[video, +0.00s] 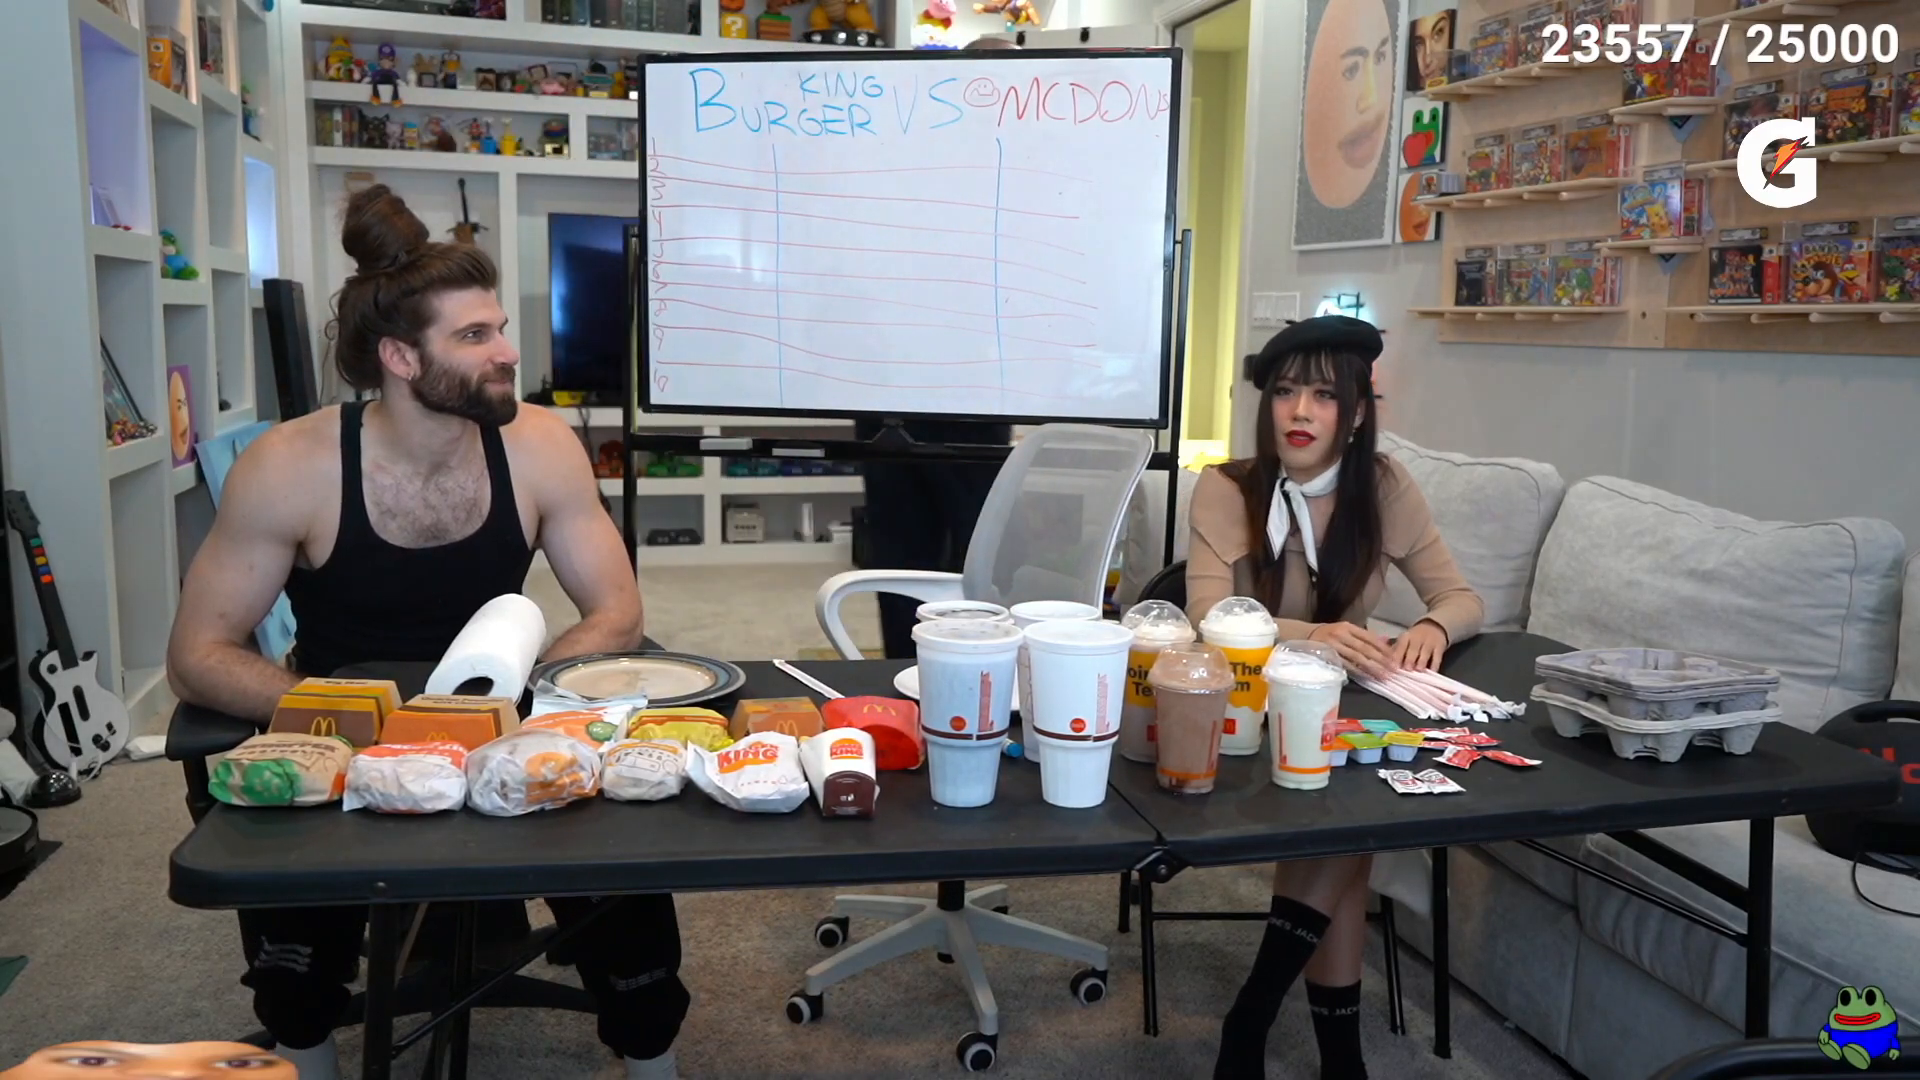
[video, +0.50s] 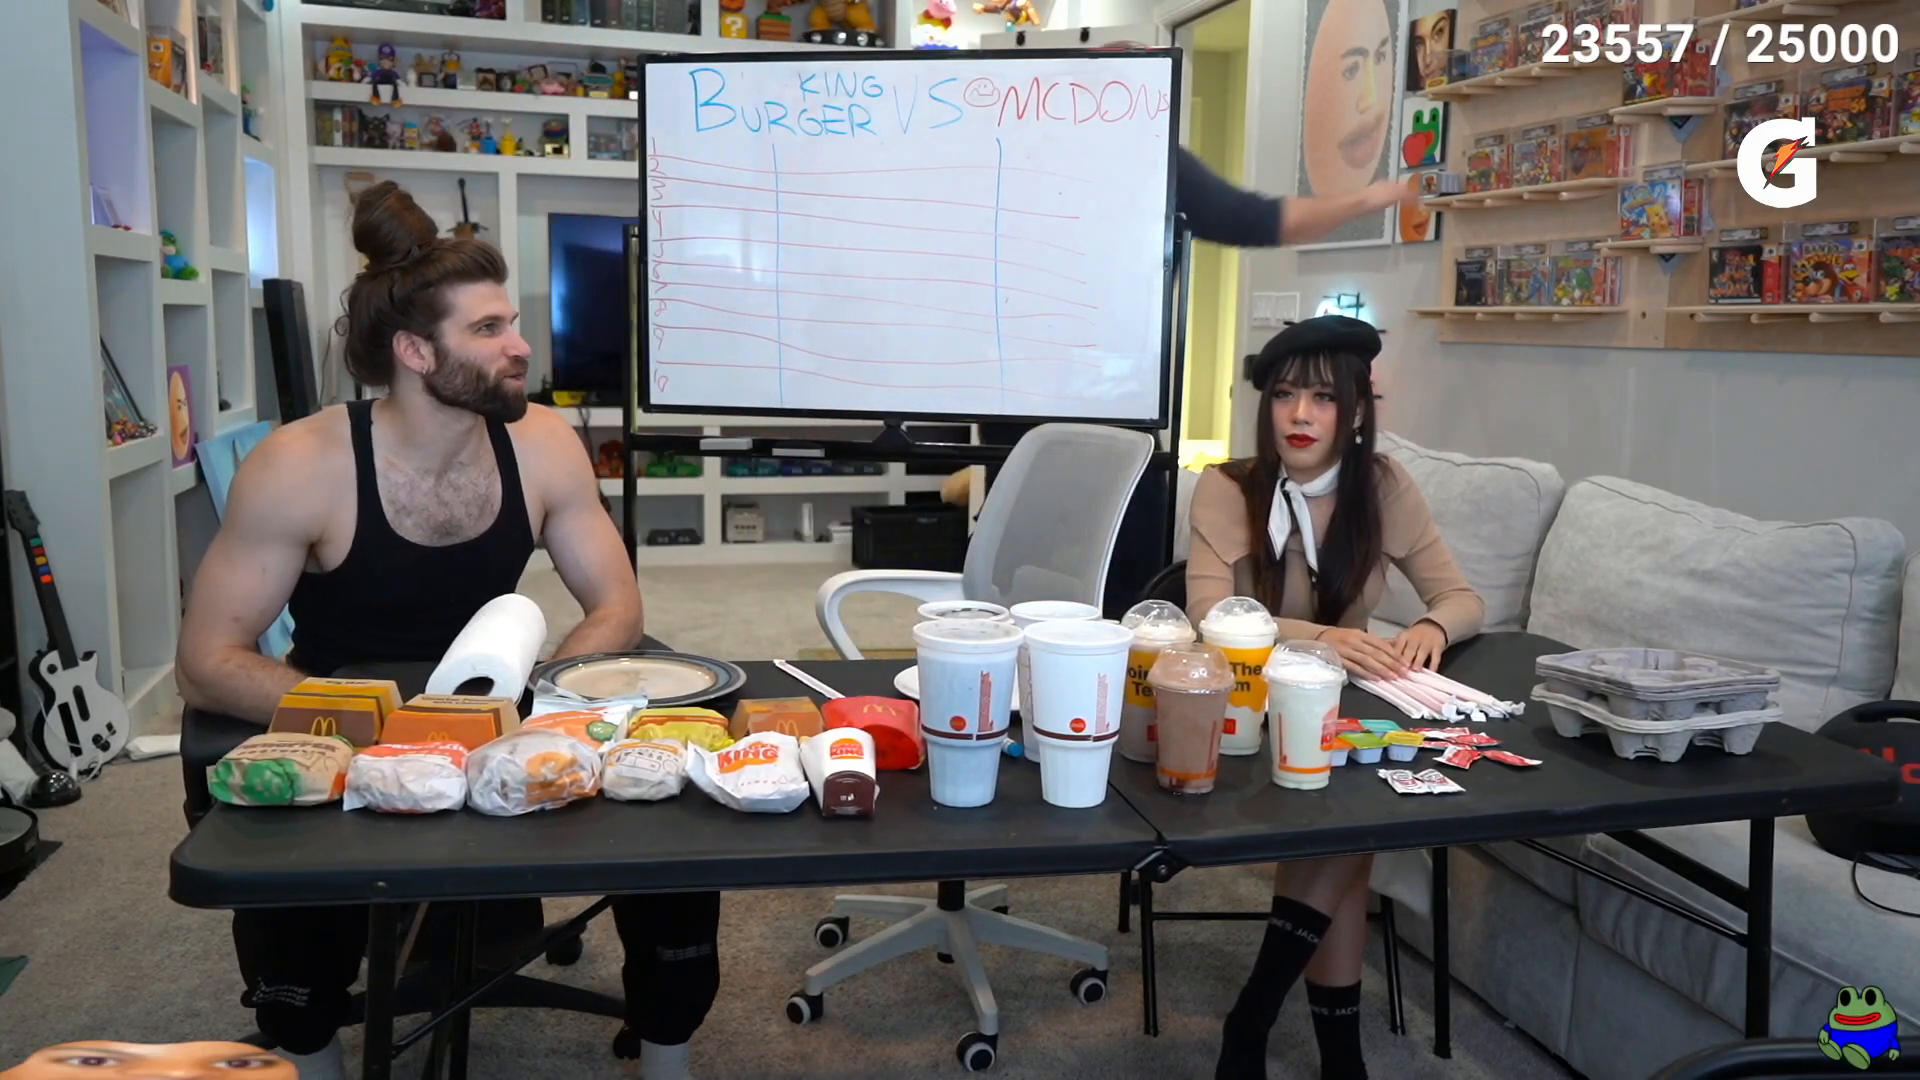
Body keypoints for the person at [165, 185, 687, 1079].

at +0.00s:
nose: (505, 351)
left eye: (503, 330)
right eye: (475, 337)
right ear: (399, 358)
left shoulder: (540, 447)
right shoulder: (292, 466)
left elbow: (619, 614)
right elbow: (198, 655)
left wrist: (524, 682)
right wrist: (346, 712)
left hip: (508, 749)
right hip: (340, 757)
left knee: (621, 849)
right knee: (290, 871)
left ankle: (651, 1060)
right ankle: (306, 1055)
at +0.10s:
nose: (508, 351)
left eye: (505, 329)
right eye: (477, 336)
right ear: (401, 357)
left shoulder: (539, 447)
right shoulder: (291, 465)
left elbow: (619, 613)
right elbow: (198, 654)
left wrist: (524, 681)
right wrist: (344, 714)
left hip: (509, 748)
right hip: (341, 758)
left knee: (624, 838)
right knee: (297, 863)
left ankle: (654, 1059)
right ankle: (313, 1060)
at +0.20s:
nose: (509, 352)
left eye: (506, 329)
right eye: (478, 336)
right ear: (403, 359)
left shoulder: (541, 447)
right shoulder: (290, 467)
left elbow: (620, 614)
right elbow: (196, 654)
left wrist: (524, 677)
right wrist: (342, 712)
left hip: (510, 747)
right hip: (344, 758)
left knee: (636, 839)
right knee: (303, 873)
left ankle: (661, 1060)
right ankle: (311, 1062)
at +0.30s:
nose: (511, 349)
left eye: (507, 328)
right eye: (481, 335)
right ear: (405, 357)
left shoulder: (541, 447)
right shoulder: (293, 466)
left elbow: (618, 613)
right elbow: (199, 657)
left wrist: (527, 683)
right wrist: (355, 713)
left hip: (508, 744)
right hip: (342, 755)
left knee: (647, 831)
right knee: (299, 869)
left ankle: (662, 1058)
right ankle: (303, 1061)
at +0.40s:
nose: (513, 348)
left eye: (510, 326)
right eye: (483, 333)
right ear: (408, 355)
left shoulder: (541, 445)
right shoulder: (298, 465)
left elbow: (619, 611)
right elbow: (202, 658)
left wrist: (525, 684)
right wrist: (360, 713)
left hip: (507, 743)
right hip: (340, 753)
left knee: (661, 828)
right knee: (295, 873)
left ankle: (663, 1058)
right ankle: (305, 1061)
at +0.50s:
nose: (518, 345)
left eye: (514, 323)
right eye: (488, 330)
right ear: (414, 352)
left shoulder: (541, 443)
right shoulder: (302, 464)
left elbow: (619, 608)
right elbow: (206, 658)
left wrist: (535, 688)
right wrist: (358, 714)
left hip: (504, 743)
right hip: (340, 751)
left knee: (673, 830)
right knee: (290, 875)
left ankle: (665, 1058)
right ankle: (309, 1062)